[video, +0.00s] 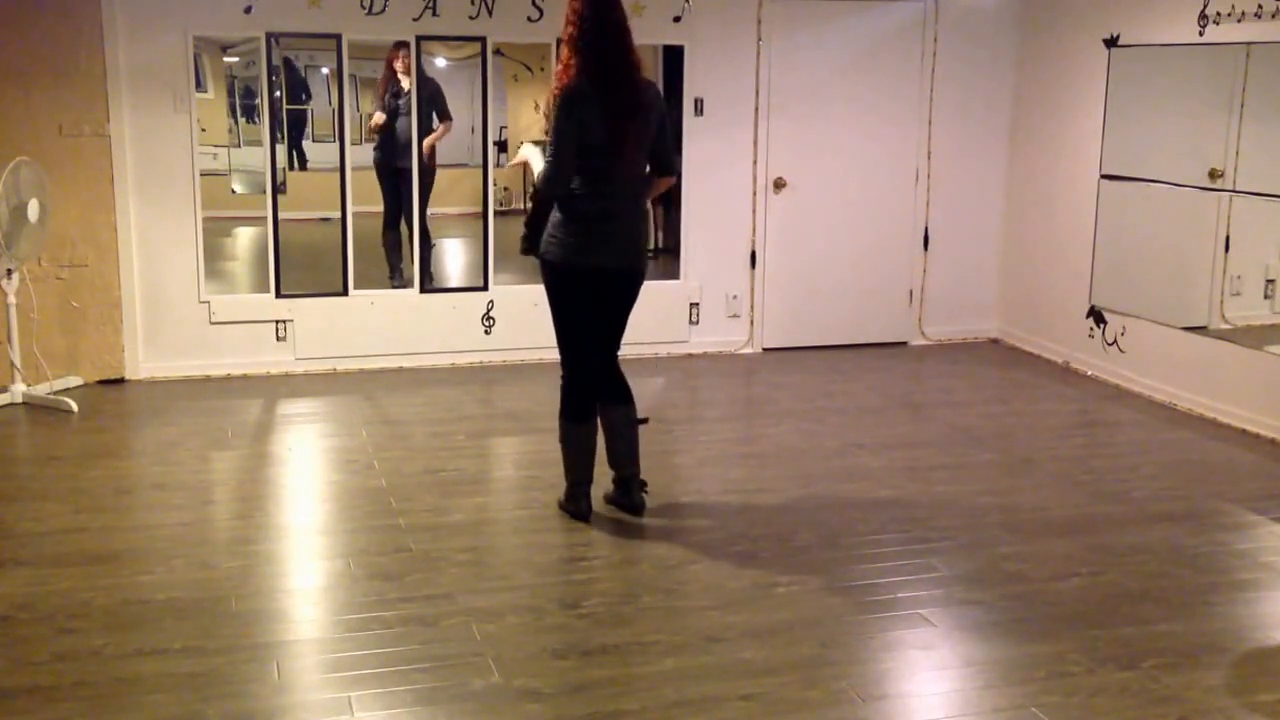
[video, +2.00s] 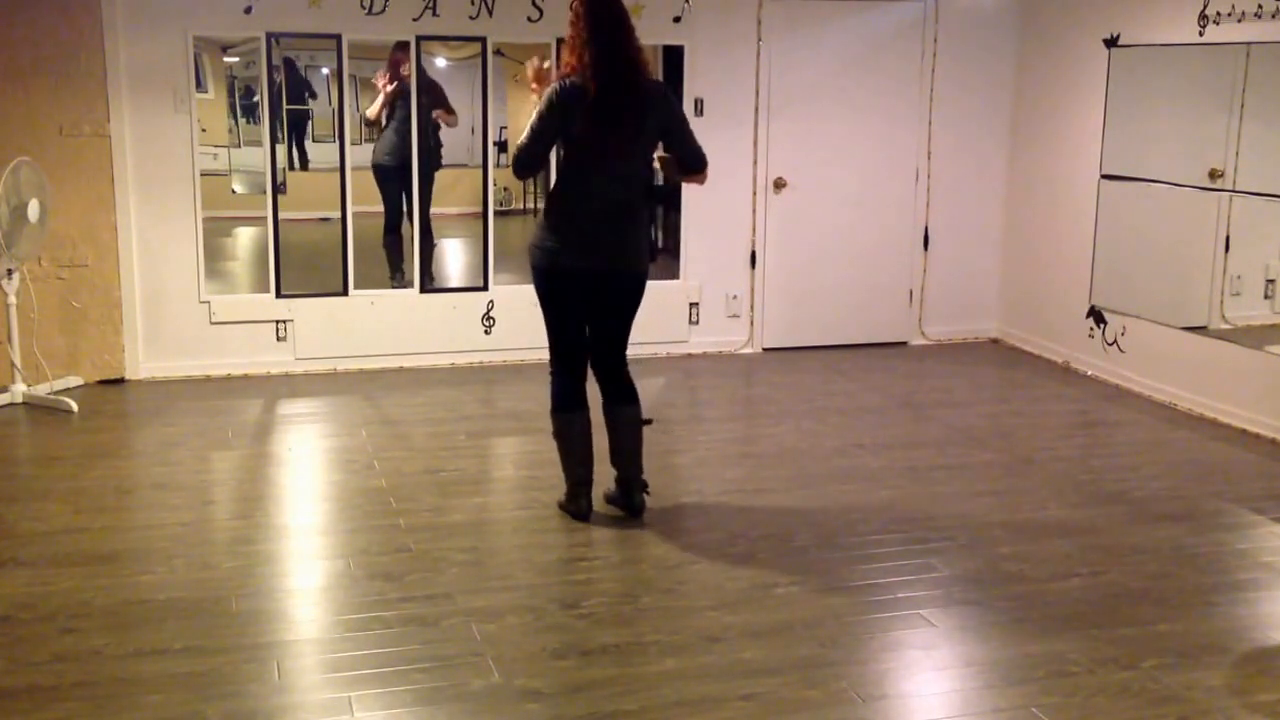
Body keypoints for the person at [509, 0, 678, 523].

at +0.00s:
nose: (563, 40)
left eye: (567, 33)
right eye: (568, 31)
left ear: (574, 39)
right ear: (623, 37)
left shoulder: (569, 97)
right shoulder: (648, 95)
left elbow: (556, 178)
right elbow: (669, 170)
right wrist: (635, 201)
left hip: (569, 249)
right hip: (627, 250)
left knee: (577, 365)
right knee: (606, 358)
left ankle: (578, 493)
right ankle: (629, 482)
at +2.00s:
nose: (566, 41)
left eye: (570, 32)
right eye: (571, 32)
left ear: (577, 39)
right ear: (626, 35)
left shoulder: (567, 94)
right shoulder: (653, 94)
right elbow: (695, 166)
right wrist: (656, 163)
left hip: (562, 254)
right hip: (626, 259)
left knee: (566, 365)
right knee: (612, 359)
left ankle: (578, 493)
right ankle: (631, 485)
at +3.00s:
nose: (572, 31)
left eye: (575, 23)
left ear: (575, 31)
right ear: (628, 32)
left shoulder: (551, 86)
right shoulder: (647, 89)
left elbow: (521, 166)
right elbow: (699, 153)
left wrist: (552, 180)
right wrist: (676, 161)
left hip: (576, 248)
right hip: (640, 248)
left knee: (579, 364)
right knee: (633, 358)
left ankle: (579, 492)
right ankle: (634, 484)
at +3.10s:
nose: (572, 34)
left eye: (576, 26)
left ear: (578, 34)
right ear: (630, 35)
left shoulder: (555, 90)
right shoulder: (651, 93)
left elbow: (532, 168)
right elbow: (688, 167)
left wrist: (533, 187)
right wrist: (666, 165)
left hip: (572, 252)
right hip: (636, 254)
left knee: (576, 365)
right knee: (627, 359)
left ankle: (578, 493)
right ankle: (628, 485)